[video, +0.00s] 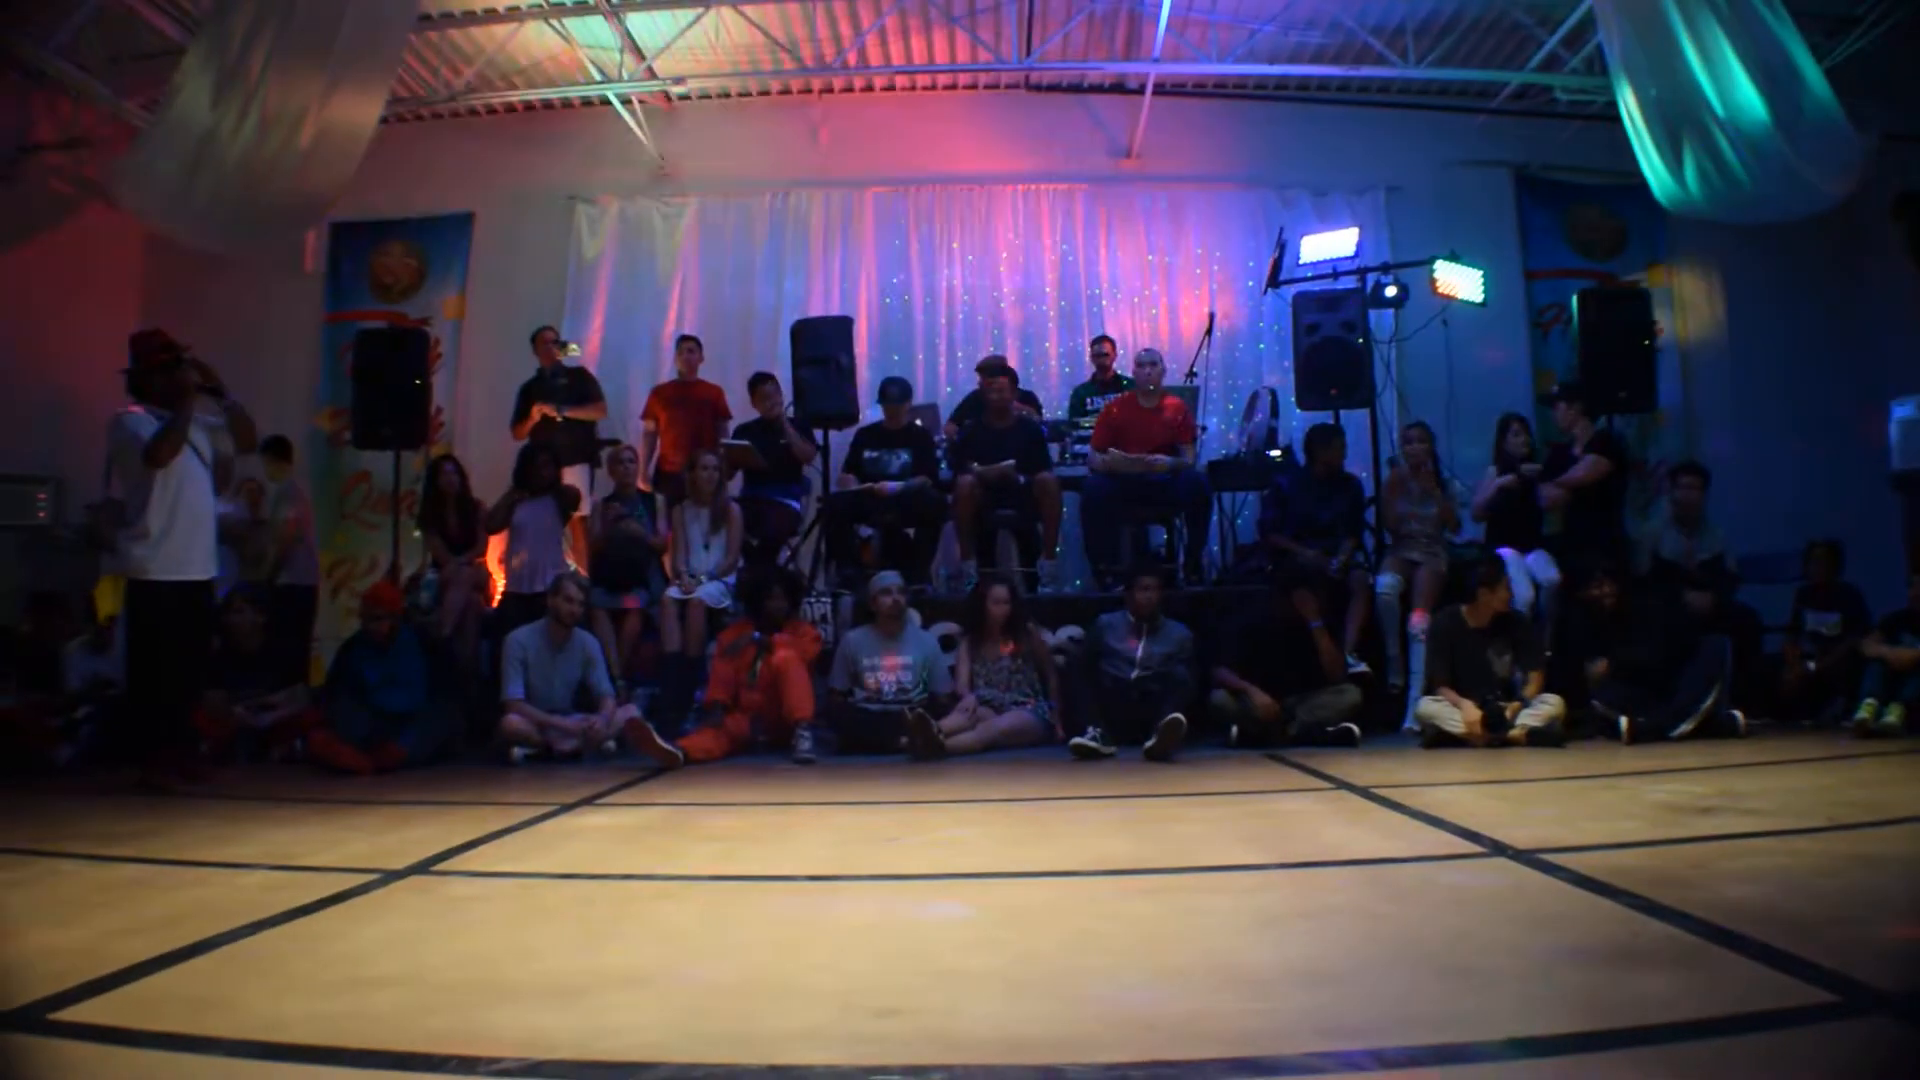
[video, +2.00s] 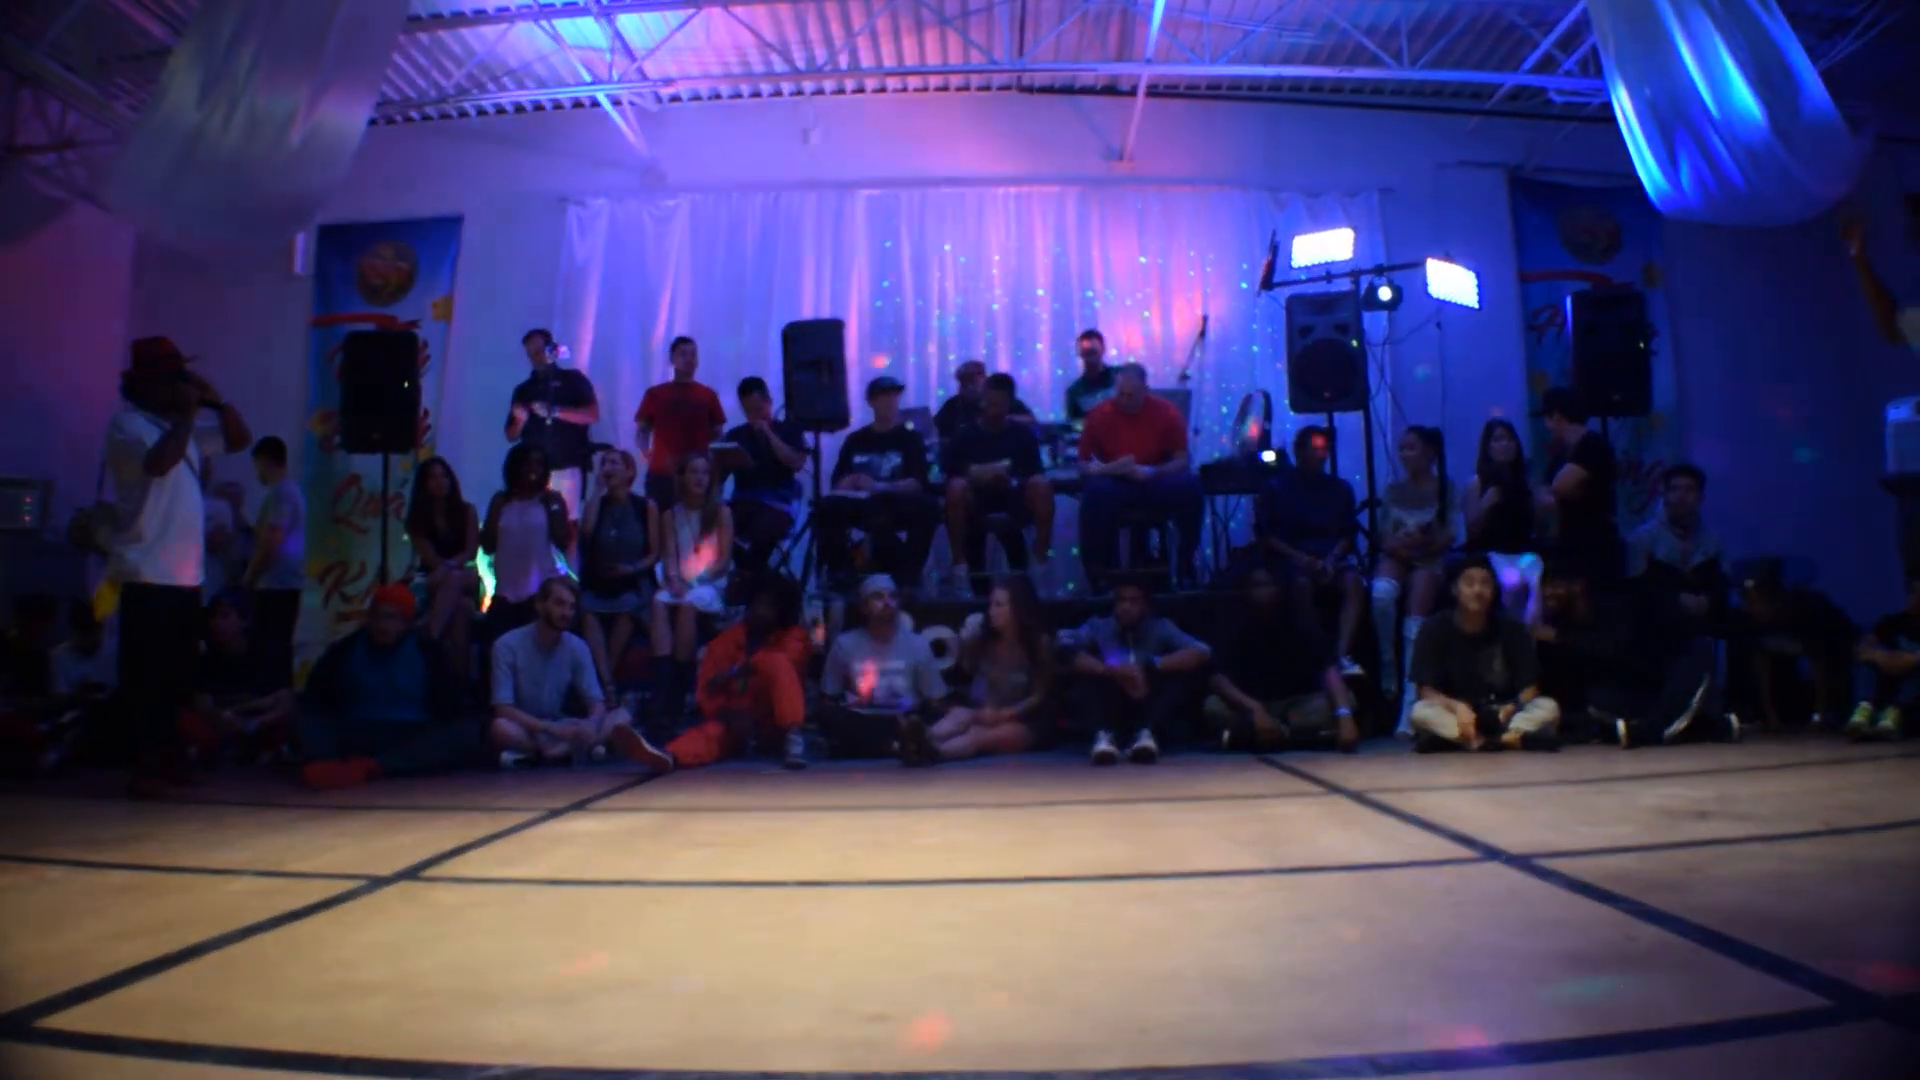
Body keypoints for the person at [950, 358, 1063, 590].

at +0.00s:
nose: (996, 397)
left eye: (1002, 391)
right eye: (992, 391)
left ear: (1014, 393)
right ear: (983, 394)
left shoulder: (1029, 428)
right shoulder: (971, 429)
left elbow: (1043, 468)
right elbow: (958, 467)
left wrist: (1012, 474)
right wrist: (984, 472)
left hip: (1020, 487)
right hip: (984, 489)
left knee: (1047, 481)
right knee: (965, 483)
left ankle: (1049, 559)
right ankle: (967, 561)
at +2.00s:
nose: (994, 410)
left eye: (1000, 404)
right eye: (990, 403)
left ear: (1009, 404)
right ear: (981, 403)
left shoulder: (1021, 432)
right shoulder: (966, 433)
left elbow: (1034, 470)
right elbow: (951, 471)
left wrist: (1008, 476)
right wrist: (976, 475)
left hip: (1012, 490)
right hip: (977, 491)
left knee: (1041, 487)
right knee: (957, 488)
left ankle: (1041, 558)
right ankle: (959, 563)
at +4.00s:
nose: (994, 413)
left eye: (1002, 408)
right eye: (990, 405)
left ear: (1012, 408)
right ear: (982, 402)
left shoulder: (1023, 435)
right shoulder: (963, 435)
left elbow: (1035, 471)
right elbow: (951, 472)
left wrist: (1006, 476)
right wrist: (976, 474)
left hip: (1013, 493)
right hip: (977, 493)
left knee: (1040, 486)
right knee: (957, 487)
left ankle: (1041, 563)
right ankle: (958, 565)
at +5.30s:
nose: (999, 394)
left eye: (1003, 389)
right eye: (993, 389)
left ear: (1008, 394)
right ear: (981, 395)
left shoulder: (1022, 432)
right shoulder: (966, 433)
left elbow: (1035, 471)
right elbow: (954, 468)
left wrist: (1010, 481)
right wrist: (979, 477)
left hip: (1013, 490)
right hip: (978, 491)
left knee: (1040, 486)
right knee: (957, 487)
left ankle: (1041, 562)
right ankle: (958, 564)